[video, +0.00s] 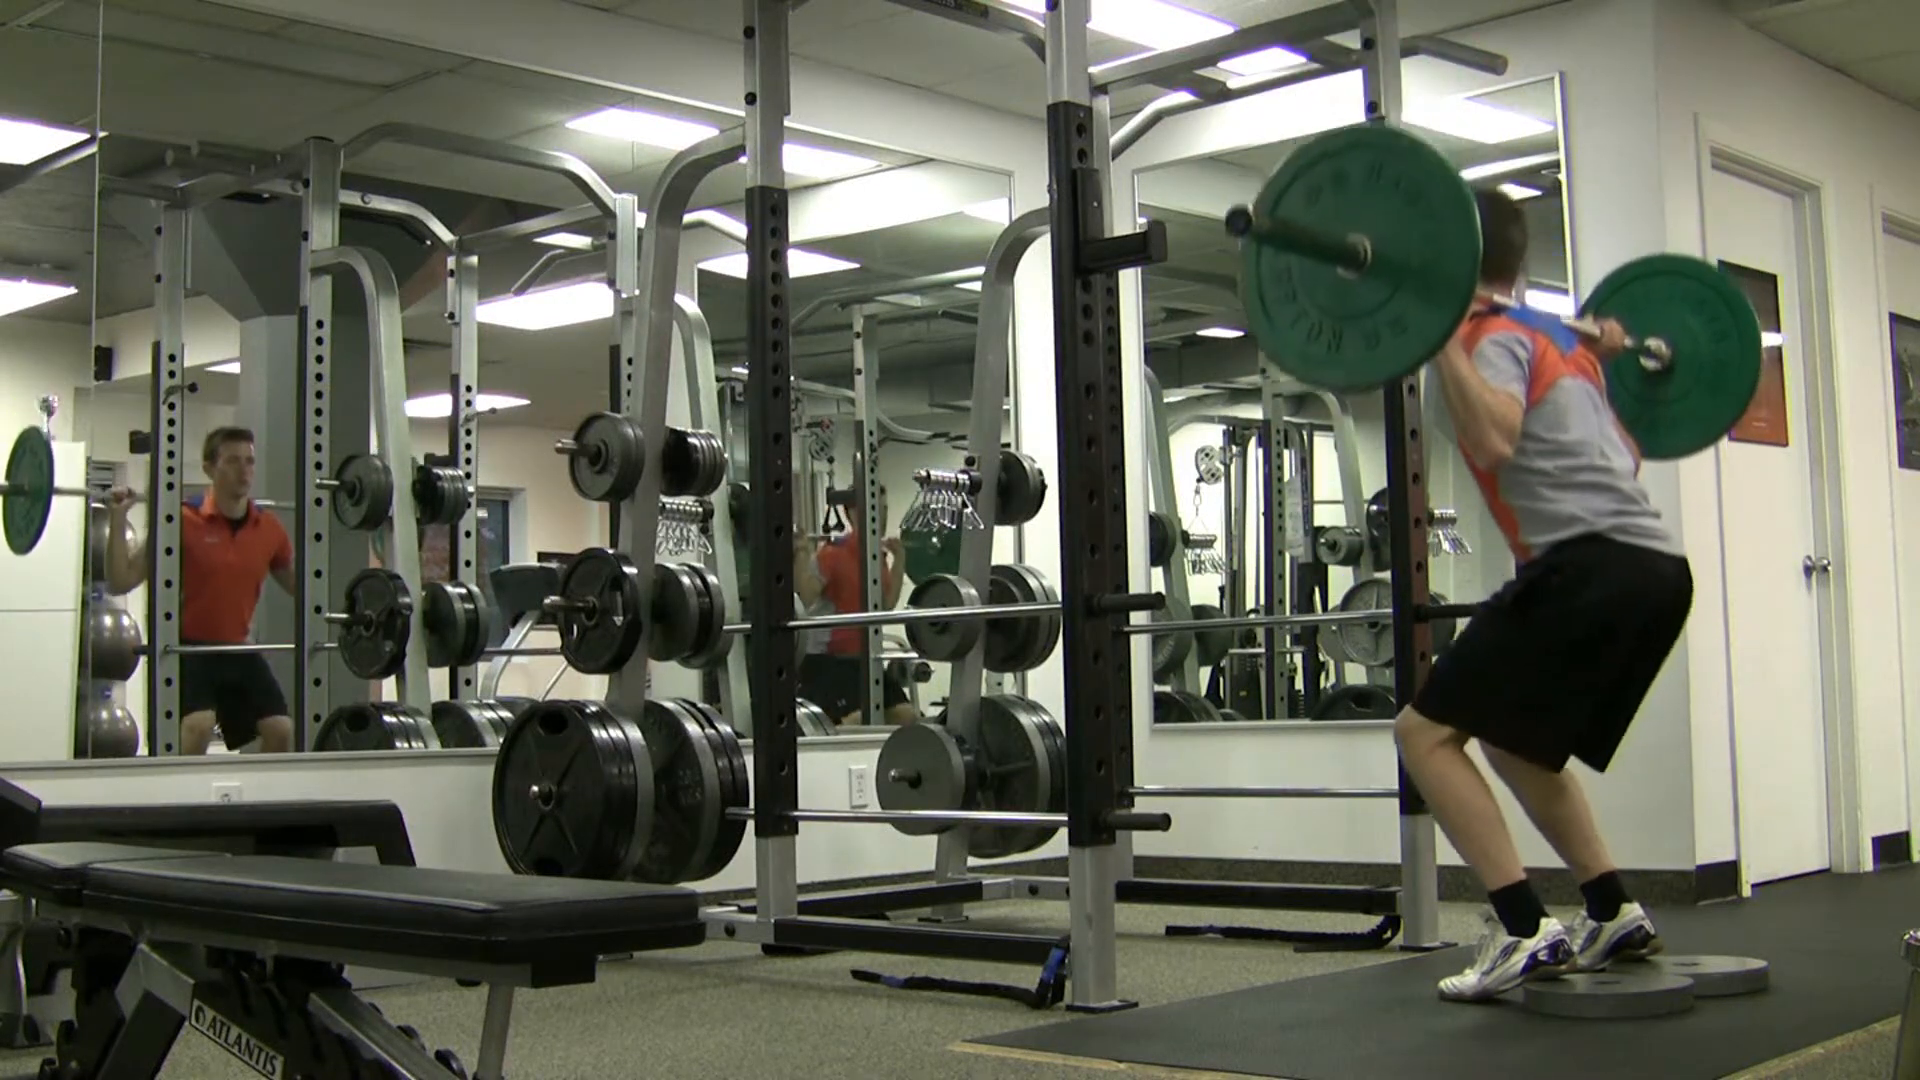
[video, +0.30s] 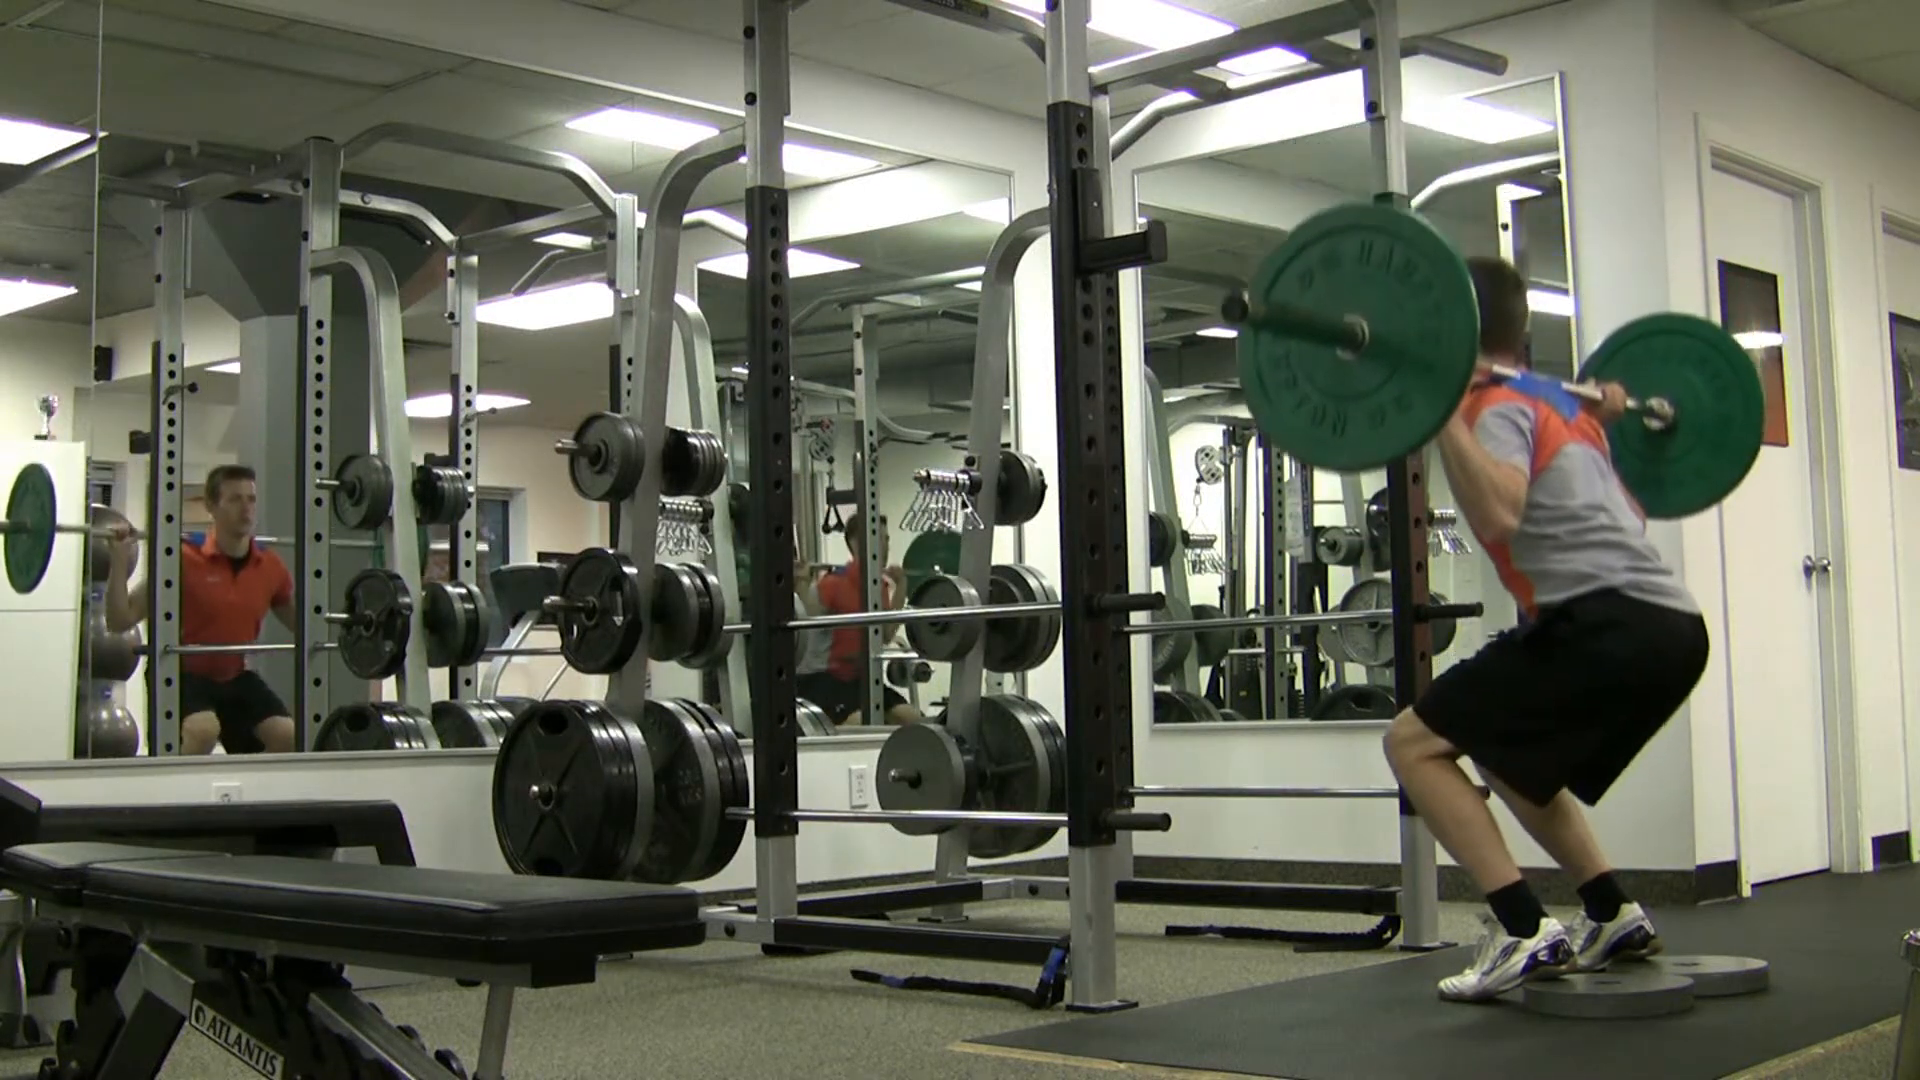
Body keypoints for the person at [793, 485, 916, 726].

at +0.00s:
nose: (875, 515)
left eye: (881, 508)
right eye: (867, 508)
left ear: (885, 511)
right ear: (850, 513)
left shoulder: (877, 556)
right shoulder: (833, 553)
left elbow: (888, 603)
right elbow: (808, 597)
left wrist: (899, 557)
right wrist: (801, 555)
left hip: (871, 656)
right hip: (839, 656)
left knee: (906, 717)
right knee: (855, 721)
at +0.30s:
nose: (881, 547)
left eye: (885, 539)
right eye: (872, 538)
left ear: (888, 542)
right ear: (853, 543)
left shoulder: (880, 585)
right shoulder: (833, 584)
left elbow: (886, 635)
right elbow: (815, 628)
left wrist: (901, 589)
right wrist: (802, 589)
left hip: (868, 679)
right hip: (829, 680)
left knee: (914, 721)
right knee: (862, 724)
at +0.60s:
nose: (885, 572)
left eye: (888, 565)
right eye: (878, 564)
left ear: (891, 568)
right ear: (855, 569)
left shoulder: (887, 609)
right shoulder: (833, 608)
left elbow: (895, 666)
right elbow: (811, 653)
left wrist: (900, 616)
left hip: (872, 695)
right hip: (838, 697)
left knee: (918, 723)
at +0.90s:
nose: (889, 589)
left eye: (891, 582)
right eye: (880, 582)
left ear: (894, 584)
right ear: (858, 585)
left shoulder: (883, 623)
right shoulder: (835, 622)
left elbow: (889, 673)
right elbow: (804, 673)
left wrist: (907, 627)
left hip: (871, 703)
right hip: (837, 705)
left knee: (914, 719)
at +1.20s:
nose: (889, 582)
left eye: (891, 575)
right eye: (882, 575)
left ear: (893, 576)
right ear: (858, 577)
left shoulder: (883, 618)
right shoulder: (837, 614)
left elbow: (895, 673)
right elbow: (804, 664)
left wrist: (904, 620)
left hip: (871, 700)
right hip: (838, 700)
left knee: (915, 721)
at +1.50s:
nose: (888, 549)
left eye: (889, 542)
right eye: (881, 542)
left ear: (891, 544)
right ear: (856, 546)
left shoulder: (881, 586)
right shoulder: (831, 587)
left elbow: (888, 636)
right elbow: (821, 633)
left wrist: (904, 592)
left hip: (868, 679)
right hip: (832, 680)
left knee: (912, 719)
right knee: (859, 723)